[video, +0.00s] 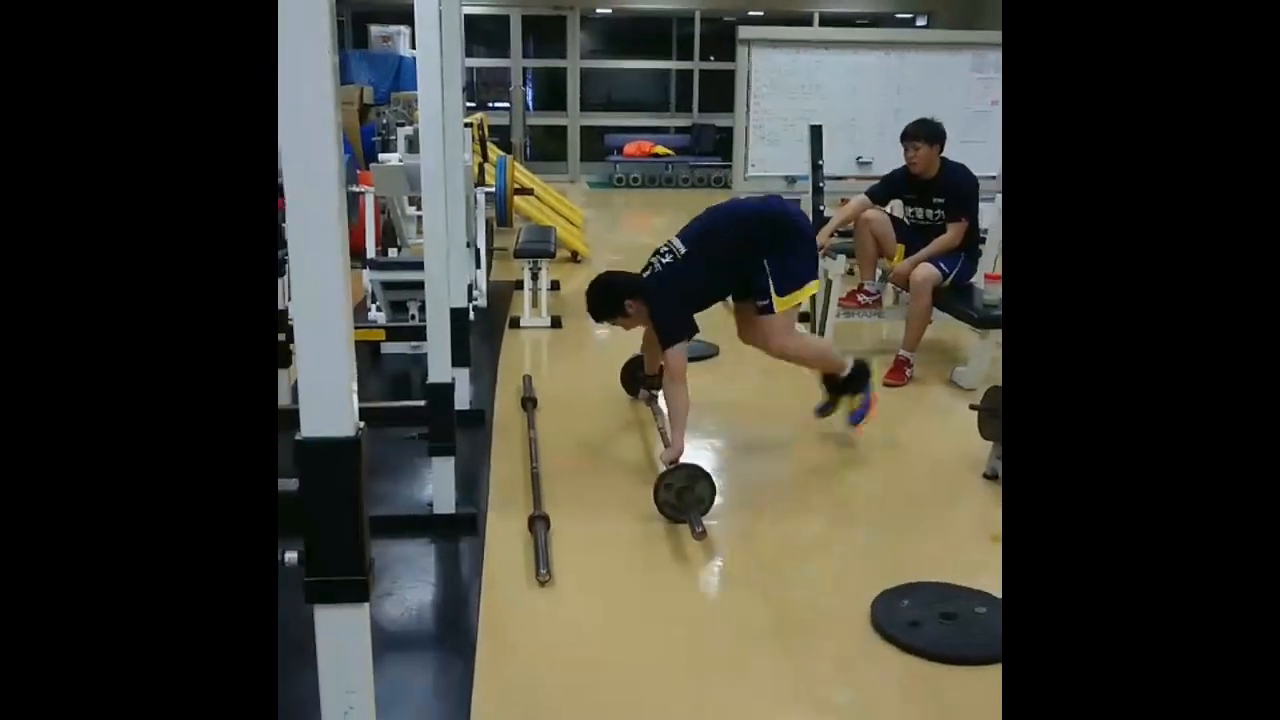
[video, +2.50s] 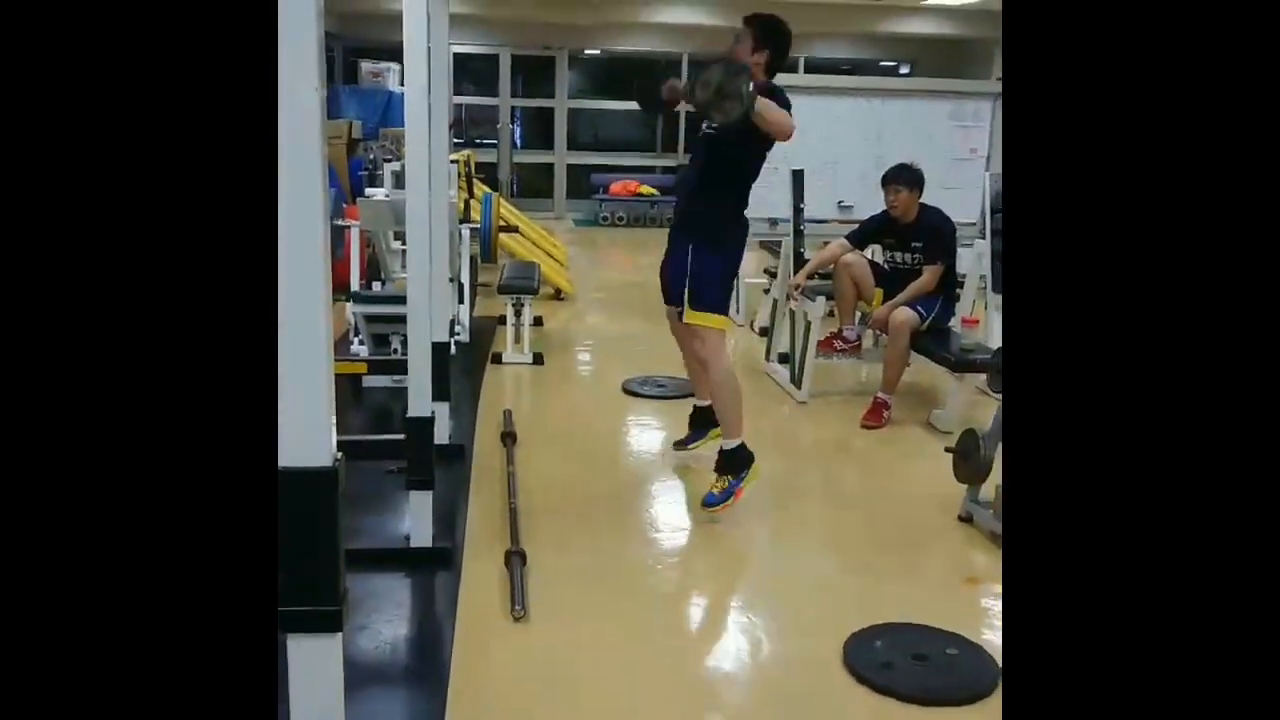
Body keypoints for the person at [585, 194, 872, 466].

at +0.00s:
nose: (626, 328)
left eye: (621, 322)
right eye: (620, 325)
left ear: (630, 307)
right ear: (631, 294)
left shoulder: (667, 301)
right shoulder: (652, 284)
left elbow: (677, 379)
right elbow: (653, 336)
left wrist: (676, 444)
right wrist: (651, 377)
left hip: (782, 232)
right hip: (751, 233)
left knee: (776, 339)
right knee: (751, 333)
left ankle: (853, 375)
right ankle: (832, 372)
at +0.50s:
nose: (601, 394)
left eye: (597, 387)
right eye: (594, 389)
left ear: (608, 374)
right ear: (611, 358)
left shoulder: (649, 367)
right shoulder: (644, 348)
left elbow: (688, 388)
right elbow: (681, 364)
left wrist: (679, 452)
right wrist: (671, 414)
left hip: (780, 414)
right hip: (774, 395)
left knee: (873, 419)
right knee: (863, 406)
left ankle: (971, 408)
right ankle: (949, 391)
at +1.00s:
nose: (599, 360)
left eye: (595, 353)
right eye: (591, 354)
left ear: (607, 338)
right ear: (609, 325)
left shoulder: (652, 345)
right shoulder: (641, 321)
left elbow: (683, 389)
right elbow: (648, 359)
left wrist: (672, 454)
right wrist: (628, 377)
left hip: (772, 398)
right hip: (764, 383)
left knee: (863, 410)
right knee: (854, 398)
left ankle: (959, 405)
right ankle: (945, 396)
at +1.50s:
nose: (626, 335)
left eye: (621, 328)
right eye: (620, 331)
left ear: (636, 314)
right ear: (638, 307)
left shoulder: (673, 316)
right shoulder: (653, 298)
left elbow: (674, 392)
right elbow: (651, 347)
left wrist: (664, 457)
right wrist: (639, 390)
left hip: (793, 264)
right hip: (761, 258)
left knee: (745, 350)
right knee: (718, 343)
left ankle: (804, 424)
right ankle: (773, 401)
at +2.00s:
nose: (613, 240)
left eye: (617, 231)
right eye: (613, 232)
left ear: (643, 234)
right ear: (644, 233)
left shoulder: (683, 261)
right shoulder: (666, 257)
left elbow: (697, 326)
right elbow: (660, 300)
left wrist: (681, 396)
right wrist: (650, 340)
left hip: (790, 297)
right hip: (764, 292)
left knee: (713, 368)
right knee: (699, 362)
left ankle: (732, 473)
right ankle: (717, 454)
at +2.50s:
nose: (731, 47)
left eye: (740, 41)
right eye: (734, 40)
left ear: (761, 53)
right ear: (753, 52)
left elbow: (785, 129)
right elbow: (681, 100)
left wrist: (743, 96)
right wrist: (682, 93)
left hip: (719, 232)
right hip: (686, 226)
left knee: (707, 346)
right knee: (679, 322)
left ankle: (736, 454)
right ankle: (705, 410)